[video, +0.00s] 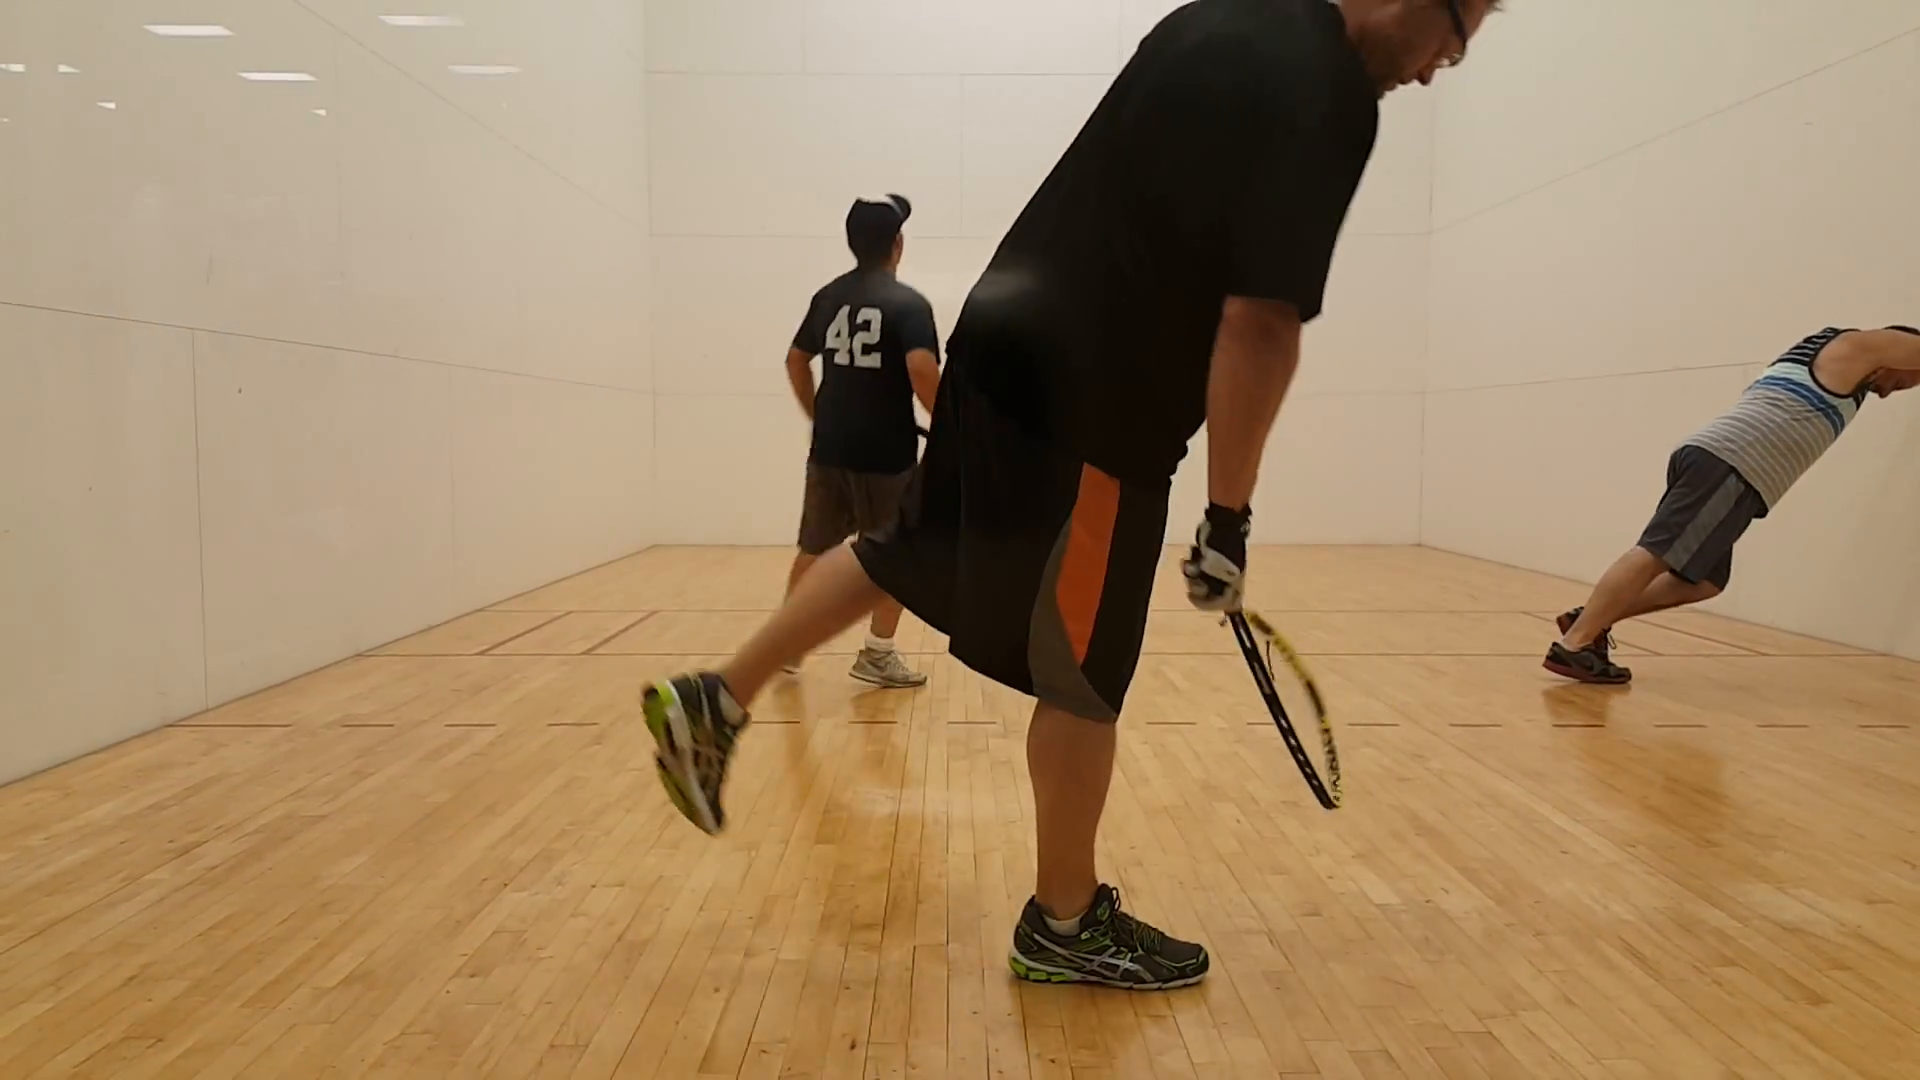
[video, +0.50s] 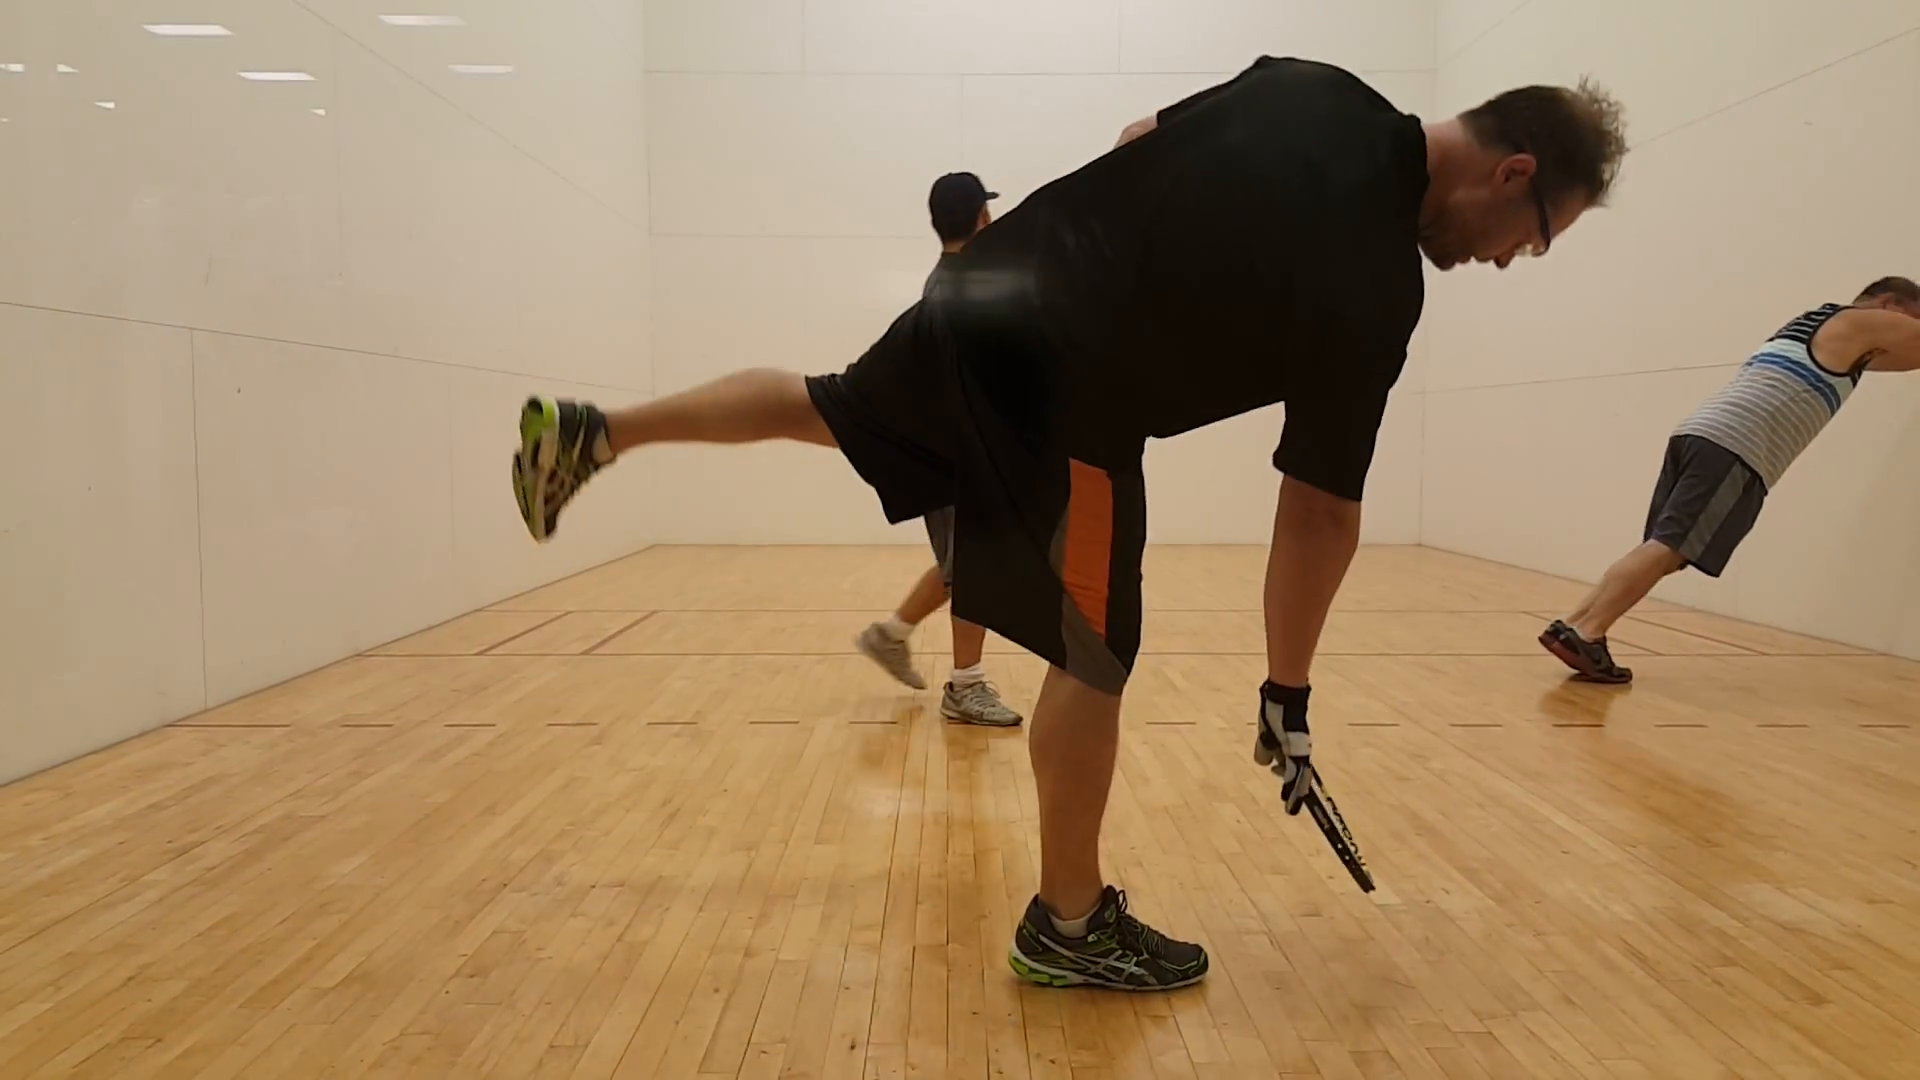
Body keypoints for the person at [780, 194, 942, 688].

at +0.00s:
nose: (905, 241)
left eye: (903, 234)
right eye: (903, 235)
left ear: (853, 244)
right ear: (895, 243)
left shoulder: (829, 296)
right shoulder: (909, 304)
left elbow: (797, 360)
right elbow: (922, 372)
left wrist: (816, 414)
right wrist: (948, 420)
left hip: (830, 445)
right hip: (887, 452)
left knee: (814, 548)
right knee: (894, 551)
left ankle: (788, 644)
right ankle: (878, 652)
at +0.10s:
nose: (918, 212)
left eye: (915, 205)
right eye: (915, 206)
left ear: (867, 220)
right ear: (906, 217)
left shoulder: (846, 272)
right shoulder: (918, 275)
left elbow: (817, 336)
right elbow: (920, 335)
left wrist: (850, 374)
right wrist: (946, 390)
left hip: (843, 421)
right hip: (896, 424)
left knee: (848, 525)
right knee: (905, 528)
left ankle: (830, 635)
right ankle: (896, 640)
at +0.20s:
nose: (930, 215)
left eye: (926, 206)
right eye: (926, 208)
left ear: (882, 221)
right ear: (919, 219)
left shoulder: (865, 272)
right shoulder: (927, 278)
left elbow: (837, 336)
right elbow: (920, 341)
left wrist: (881, 364)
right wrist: (961, 376)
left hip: (863, 433)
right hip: (914, 436)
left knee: (875, 538)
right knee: (933, 537)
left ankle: (845, 653)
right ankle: (920, 653)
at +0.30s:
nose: (947, 230)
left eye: (942, 221)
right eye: (943, 223)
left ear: (896, 234)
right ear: (937, 230)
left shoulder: (887, 290)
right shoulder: (934, 299)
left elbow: (869, 361)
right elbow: (944, 378)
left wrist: (923, 382)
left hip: (885, 449)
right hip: (930, 454)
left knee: (879, 556)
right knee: (952, 559)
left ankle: (840, 665)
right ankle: (953, 677)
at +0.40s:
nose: (969, 224)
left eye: (964, 216)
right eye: (965, 217)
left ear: (916, 231)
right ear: (956, 225)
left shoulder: (920, 286)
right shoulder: (943, 295)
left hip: (927, 457)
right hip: (953, 461)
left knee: (915, 559)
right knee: (965, 567)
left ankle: (852, 654)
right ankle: (963, 684)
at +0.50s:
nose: (994, 217)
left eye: (989, 209)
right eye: (991, 210)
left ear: (939, 223)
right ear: (982, 217)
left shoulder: (945, 279)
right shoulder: (975, 282)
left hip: (948, 450)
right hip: (971, 453)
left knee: (962, 559)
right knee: (974, 562)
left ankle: (892, 631)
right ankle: (966, 684)